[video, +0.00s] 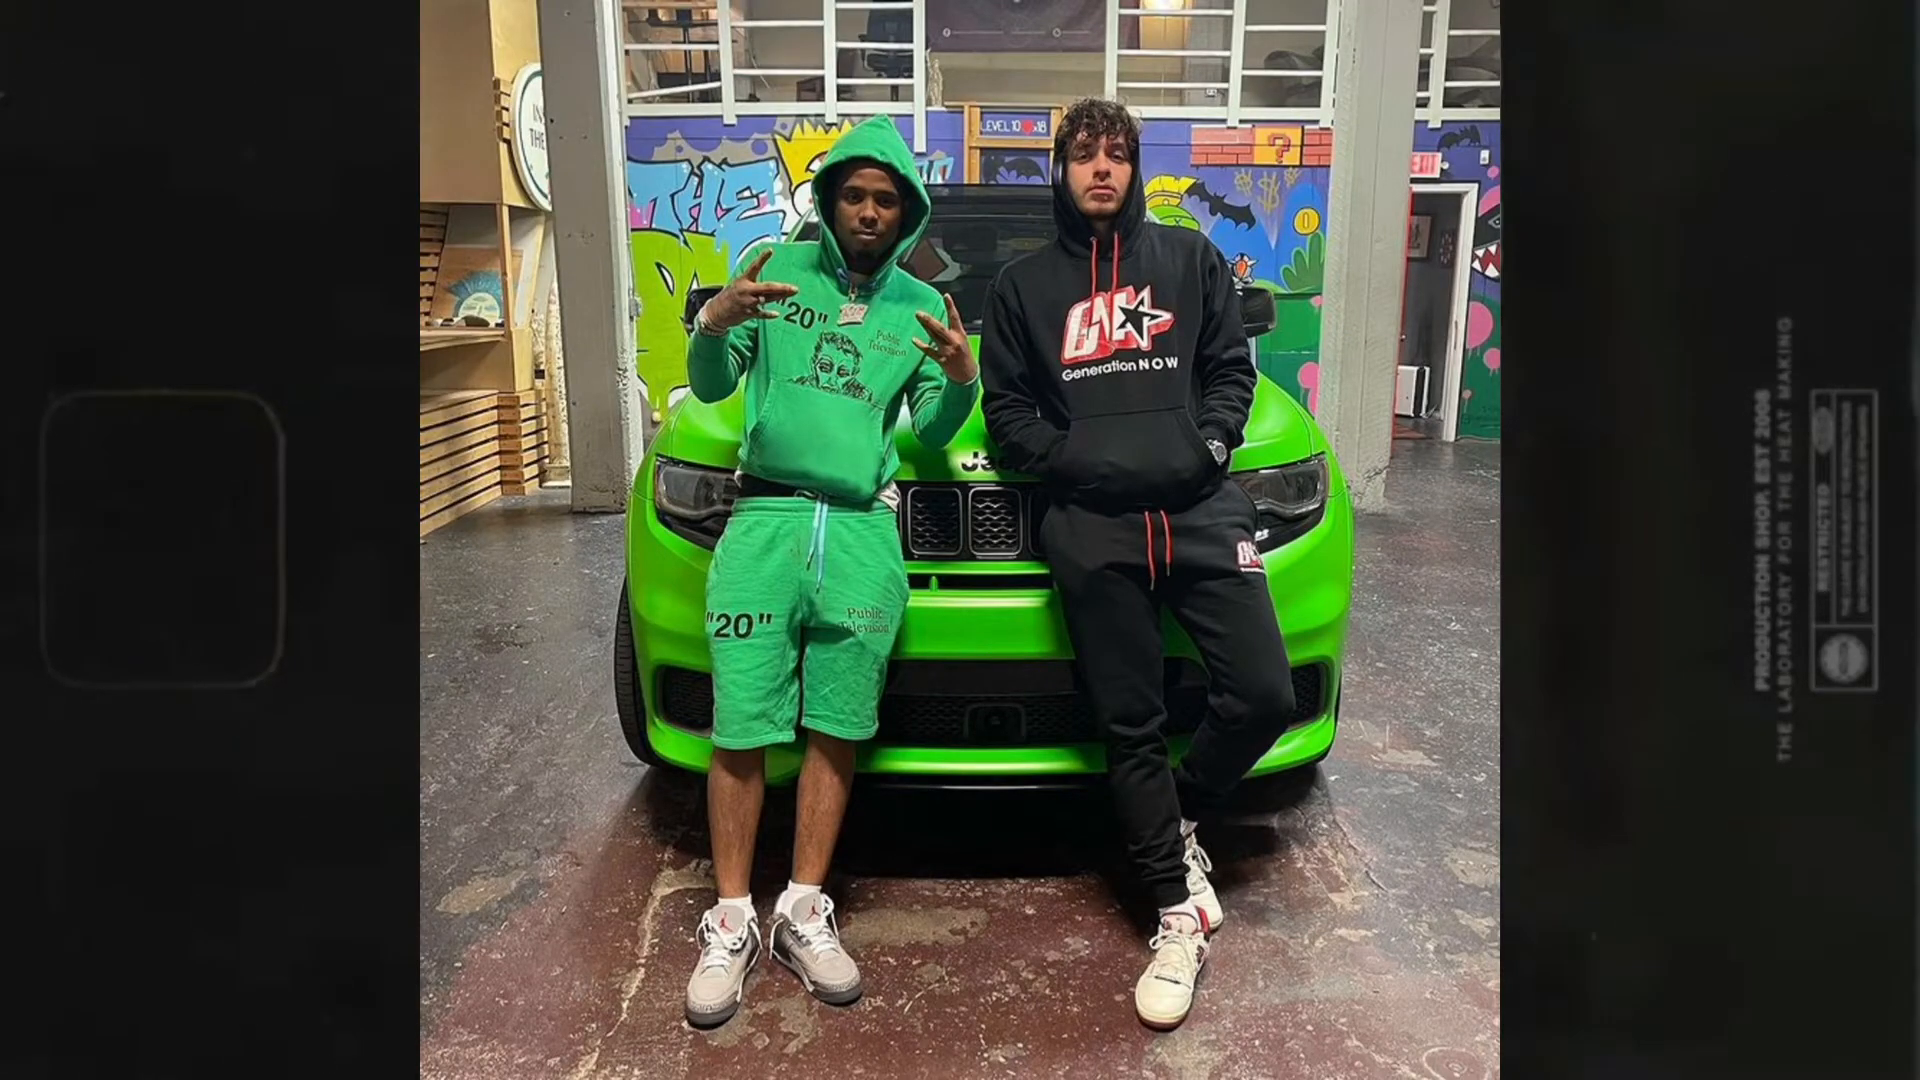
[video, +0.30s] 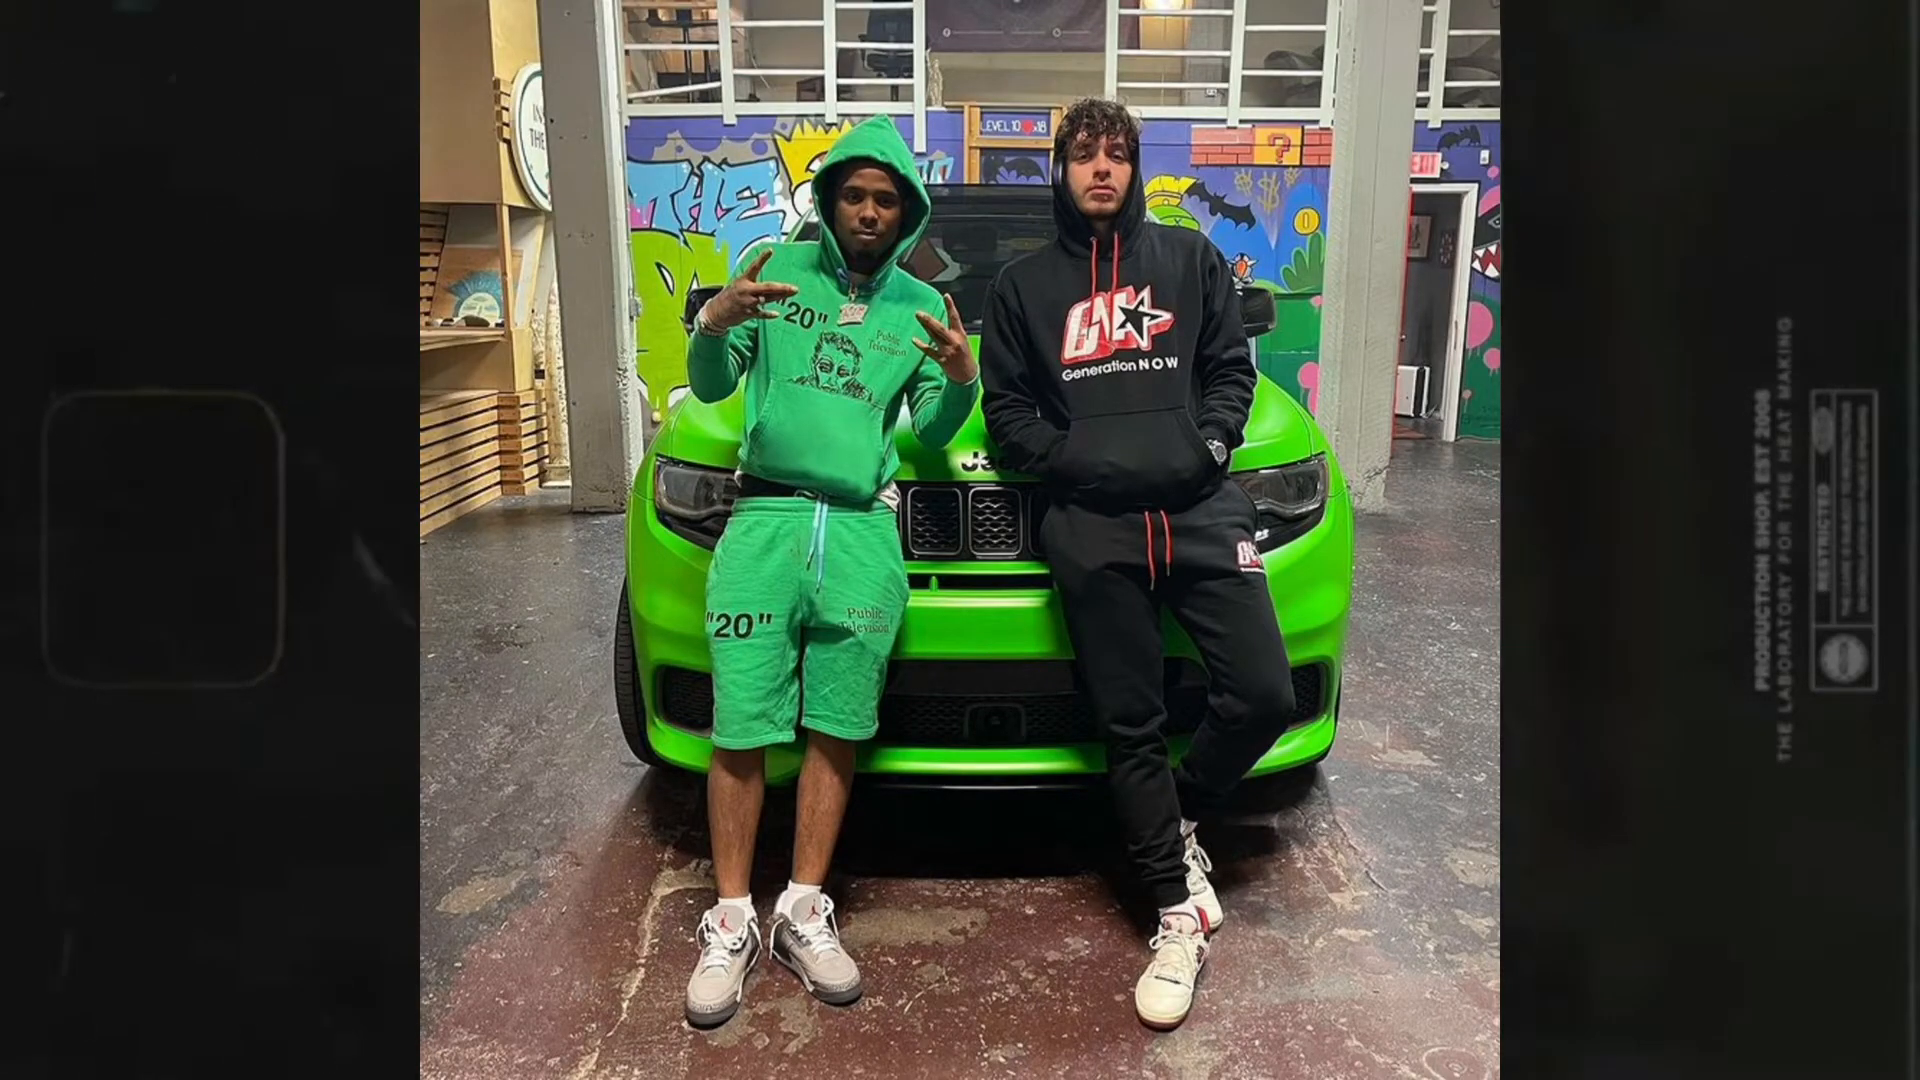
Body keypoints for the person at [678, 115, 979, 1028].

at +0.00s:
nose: (869, 213)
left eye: (885, 199)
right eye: (855, 196)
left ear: (906, 212)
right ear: (827, 202)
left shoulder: (923, 306)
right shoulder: (775, 267)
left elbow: (923, 439)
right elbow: (712, 384)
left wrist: (960, 380)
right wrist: (712, 322)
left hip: (861, 527)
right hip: (764, 517)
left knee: (838, 728)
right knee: (741, 729)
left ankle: (805, 909)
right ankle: (732, 919)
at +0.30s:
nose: (868, 212)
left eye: (885, 198)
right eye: (854, 196)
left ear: (906, 212)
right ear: (827, 203)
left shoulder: (923, 305)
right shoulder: (777, 266)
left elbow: (924, 439)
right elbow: (712, 384)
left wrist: (961, 380)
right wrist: (714, 321)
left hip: (861, 527)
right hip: (763, 517)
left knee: (838, 729)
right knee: (741, 729)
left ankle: (805, 909)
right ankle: (732, 920)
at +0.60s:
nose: (867, 212)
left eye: (884, 198)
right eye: (853, 196)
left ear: (906, 211)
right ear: (827, 202)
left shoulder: (923, 305)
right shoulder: (776, 268)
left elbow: (924, 440)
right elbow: (712, 384)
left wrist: (961, 381)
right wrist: (712, 322)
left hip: (860, 527)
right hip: (762, 517)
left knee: (839, 728)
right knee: (741, 728)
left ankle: (804, 908)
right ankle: (732, 919)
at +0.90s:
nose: (868, 212)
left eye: (885, 198)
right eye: (854, 196)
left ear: (906, 212)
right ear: (827, 203)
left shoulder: (924, 305)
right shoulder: (777, 266)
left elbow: (924, 439)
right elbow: (711, 383)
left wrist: (960, 381)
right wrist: (714, 321)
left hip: (861, 527)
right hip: (764, 517)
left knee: (838, 729)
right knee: (741, 729)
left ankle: (805, 908)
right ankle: (732, 920)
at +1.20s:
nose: (868, 212)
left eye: (884, 198)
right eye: (854, 196)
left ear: (906, 211)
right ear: (827, 202)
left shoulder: (923, 305)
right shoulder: (776, 267)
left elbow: (924, 439)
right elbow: (712, 384)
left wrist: (961, 381)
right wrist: (714, 321)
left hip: (861, 527)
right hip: (763, 516)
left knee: (838, 728)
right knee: (741, 728)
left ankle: (805, 909)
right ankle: (732, 920)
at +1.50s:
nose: (868, 212)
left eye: (885, 198)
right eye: (854, 196)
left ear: (906, 212)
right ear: (827, 203)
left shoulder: (924, 305)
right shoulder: (776, 267)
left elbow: (924, 439)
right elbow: (712, 384)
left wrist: (960, 380)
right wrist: (714, 321)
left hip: (861, 527)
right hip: (763, 517)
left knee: (838, 729)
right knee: (741, 729)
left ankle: (805, 909)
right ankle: (732, 920)